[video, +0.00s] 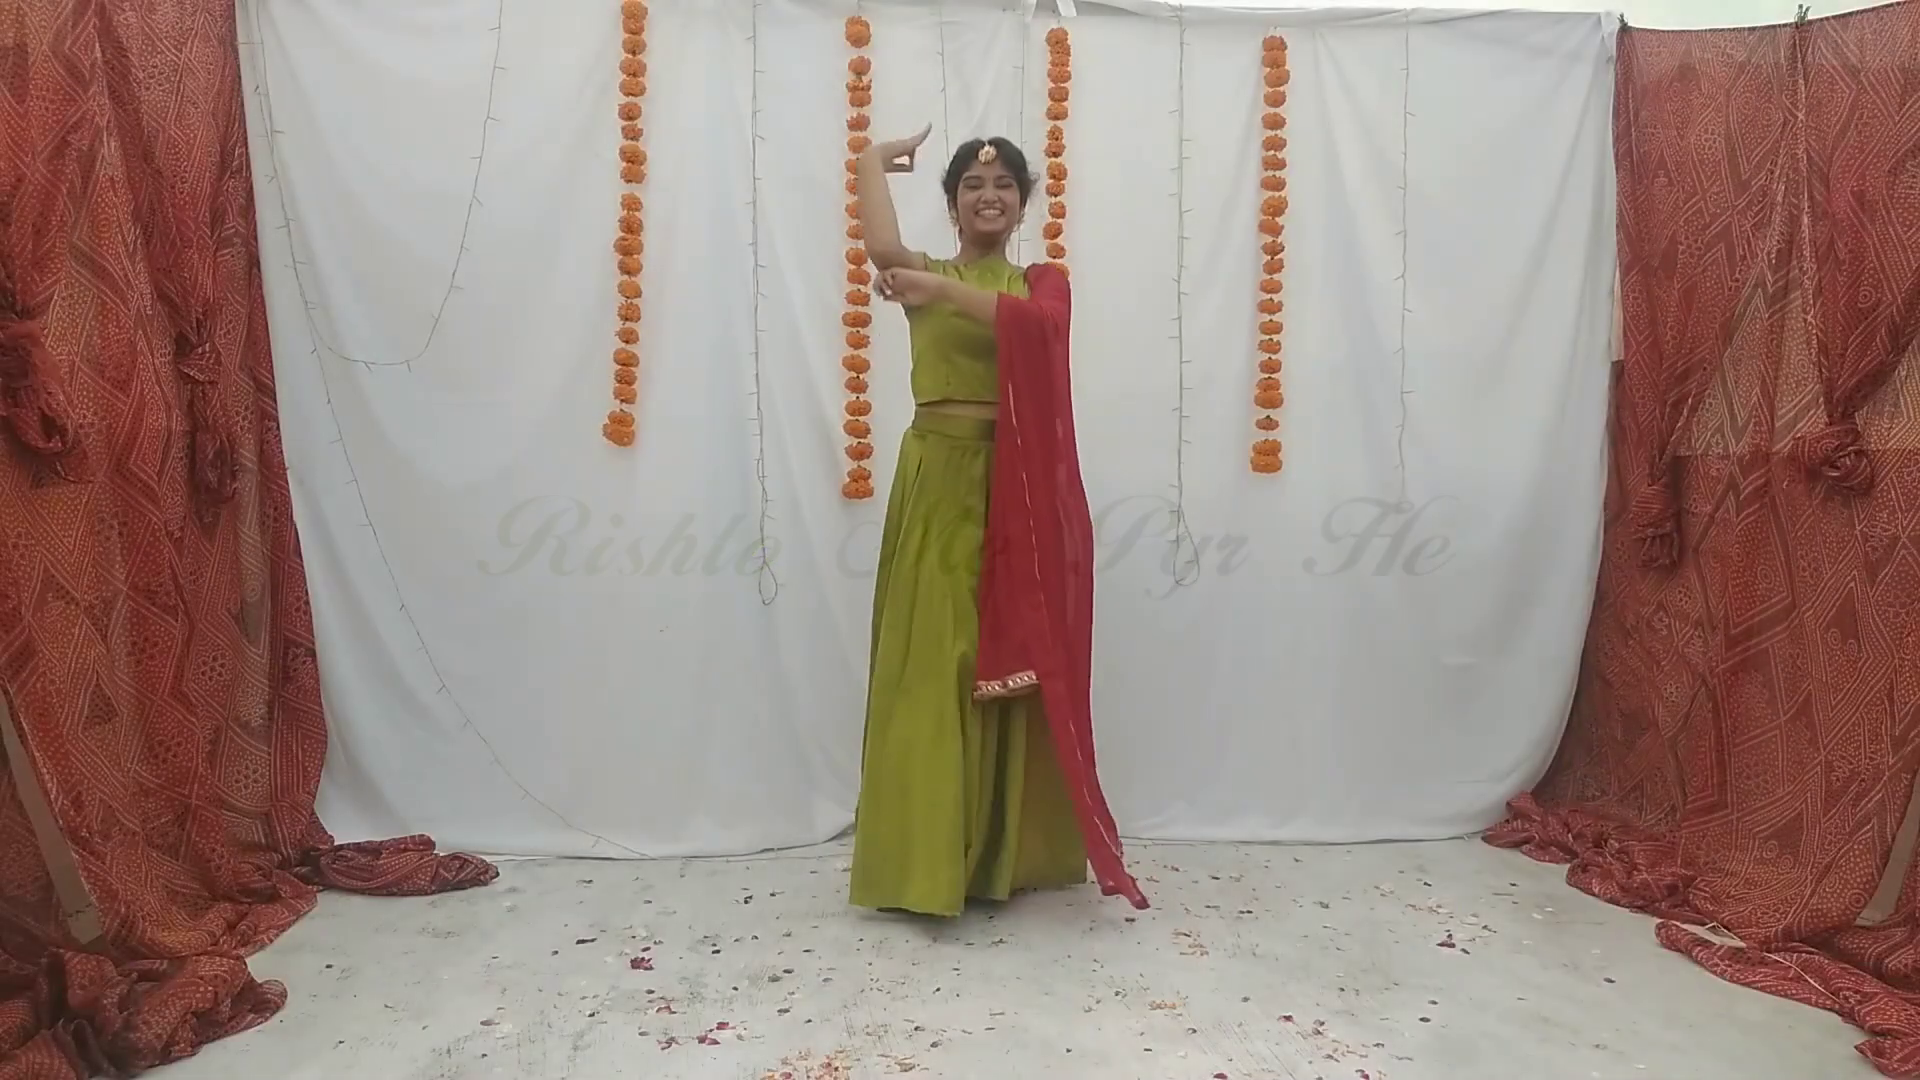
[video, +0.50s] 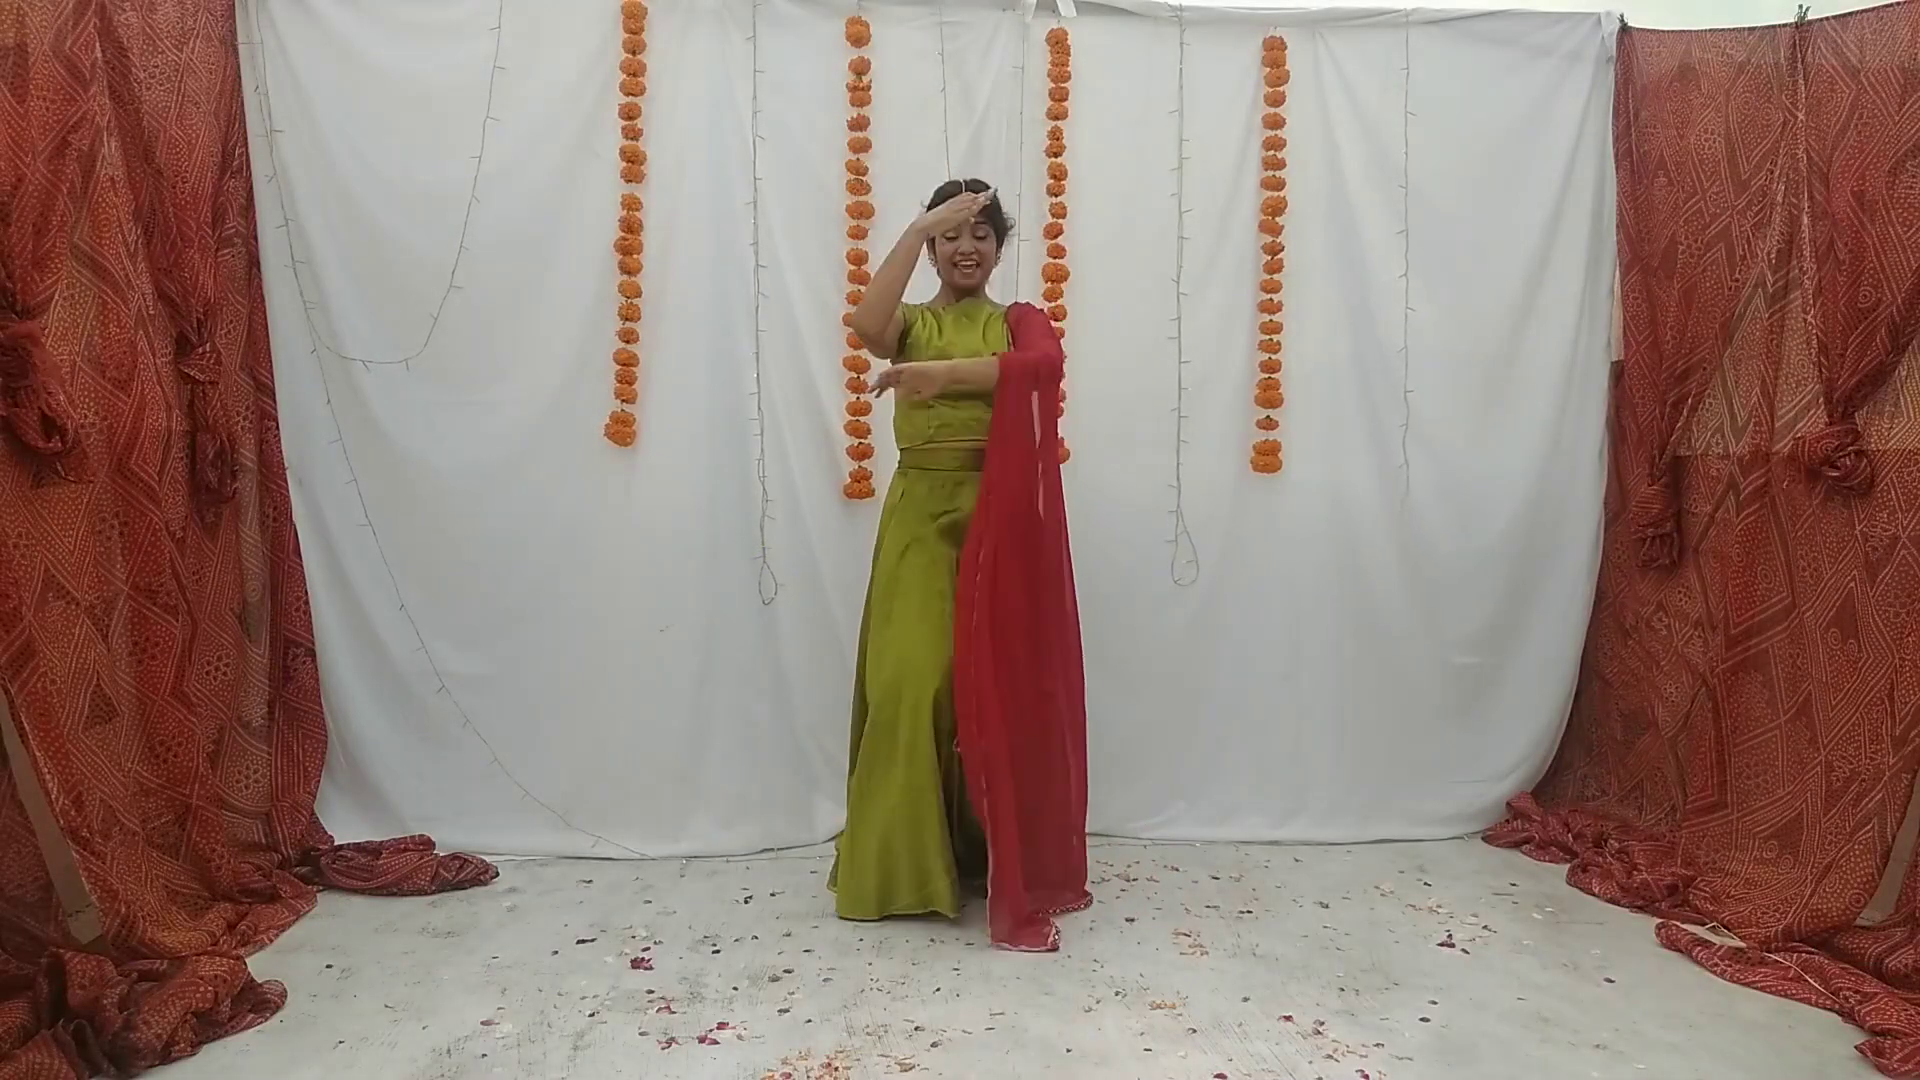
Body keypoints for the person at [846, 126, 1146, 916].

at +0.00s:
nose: (986, 198)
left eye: (1001, 186)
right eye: (973, 186)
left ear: (1022, 201)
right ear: (952, 201)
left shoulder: (1041, 285)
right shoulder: (930, 277)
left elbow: (1037, 330)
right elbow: (885, 248)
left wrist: (940, 290)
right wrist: (871, 160)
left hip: (1014, 484)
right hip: (935, 479)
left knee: (1008, 663)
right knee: (930, 666)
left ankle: (998, 858)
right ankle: (926, 863)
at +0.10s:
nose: (985, 175)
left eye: (999, 164)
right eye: (971, 163)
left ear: (1019, 180)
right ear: (947, 181)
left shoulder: (1037, 262)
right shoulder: (922, 260)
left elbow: (1034, 305)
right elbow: (875, 226)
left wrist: (933, 264)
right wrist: (847, 138)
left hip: (1005, 465)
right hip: (926, 458)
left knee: (996, 648)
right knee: (923, 650)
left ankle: (990, 847)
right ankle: (923, 853)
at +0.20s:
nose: (979, 173)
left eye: (993, 161)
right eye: (965, 161)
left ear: (1012, 179)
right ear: (942, 180)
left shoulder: (1029, 264)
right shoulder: (917, 259)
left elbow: (1033, 310)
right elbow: (876, 227)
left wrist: (927, 264)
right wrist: (855, 133)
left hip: (1001, 464)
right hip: (923, 457)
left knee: (997, 646)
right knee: (920, 648)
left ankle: (996, 842)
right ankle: (919, 848)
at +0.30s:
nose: (971, 187)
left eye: (986, 176)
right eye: (956, 176)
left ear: (1006, 192)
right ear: (936, 193)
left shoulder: (1022, 275)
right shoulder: (913, 272)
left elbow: (1030, 326)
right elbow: (879, 250)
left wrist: (928, 285)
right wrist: (870, 148)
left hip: (1001, 477)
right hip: (924, 469)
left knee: (1001, 654)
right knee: (917, 658)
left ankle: (1002, 847)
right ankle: (912, 858)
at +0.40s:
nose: (965, 222)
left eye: (980, 211)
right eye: (952, 210)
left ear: (1002, 222)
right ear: (932, 223)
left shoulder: (1022, 305)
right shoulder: (911, 302)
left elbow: (1037, 365)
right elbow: (880, 309)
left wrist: (925, 337)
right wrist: (899, 197)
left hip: (998, 505)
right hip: (920, 498)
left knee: (994, 676)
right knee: (909, 676)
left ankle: (995, 860)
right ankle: (904, 872)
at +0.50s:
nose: (968, 247)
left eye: (982, 234)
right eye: (954, 235)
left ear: (999, 245)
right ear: (931, 248)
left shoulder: (1018, 321)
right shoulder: (907, 322)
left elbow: (1041, 364)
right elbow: (871, 326)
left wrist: (946, 375)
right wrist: (915, 234)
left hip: (1001, 515)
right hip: (920, 511)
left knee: (1001, 679)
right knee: (912, 678)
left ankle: (1006, 861)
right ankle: (903, 870)